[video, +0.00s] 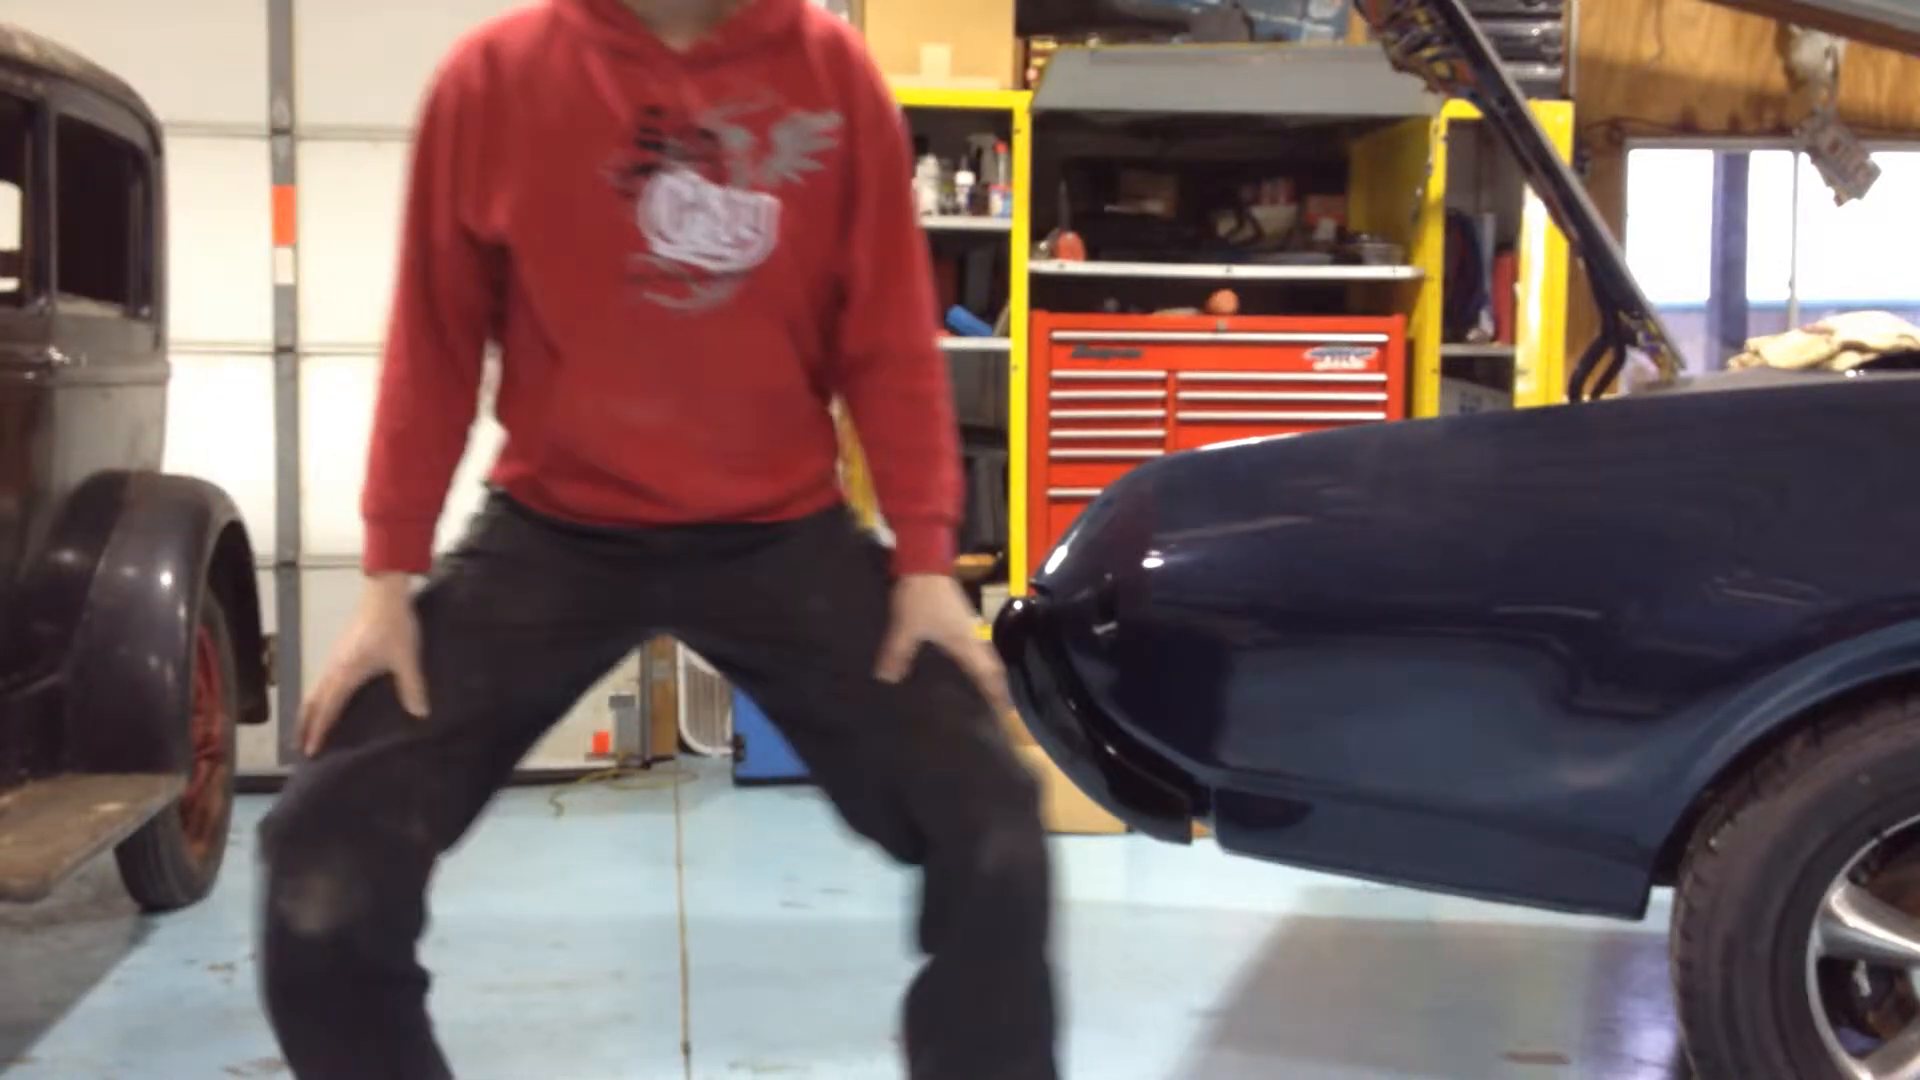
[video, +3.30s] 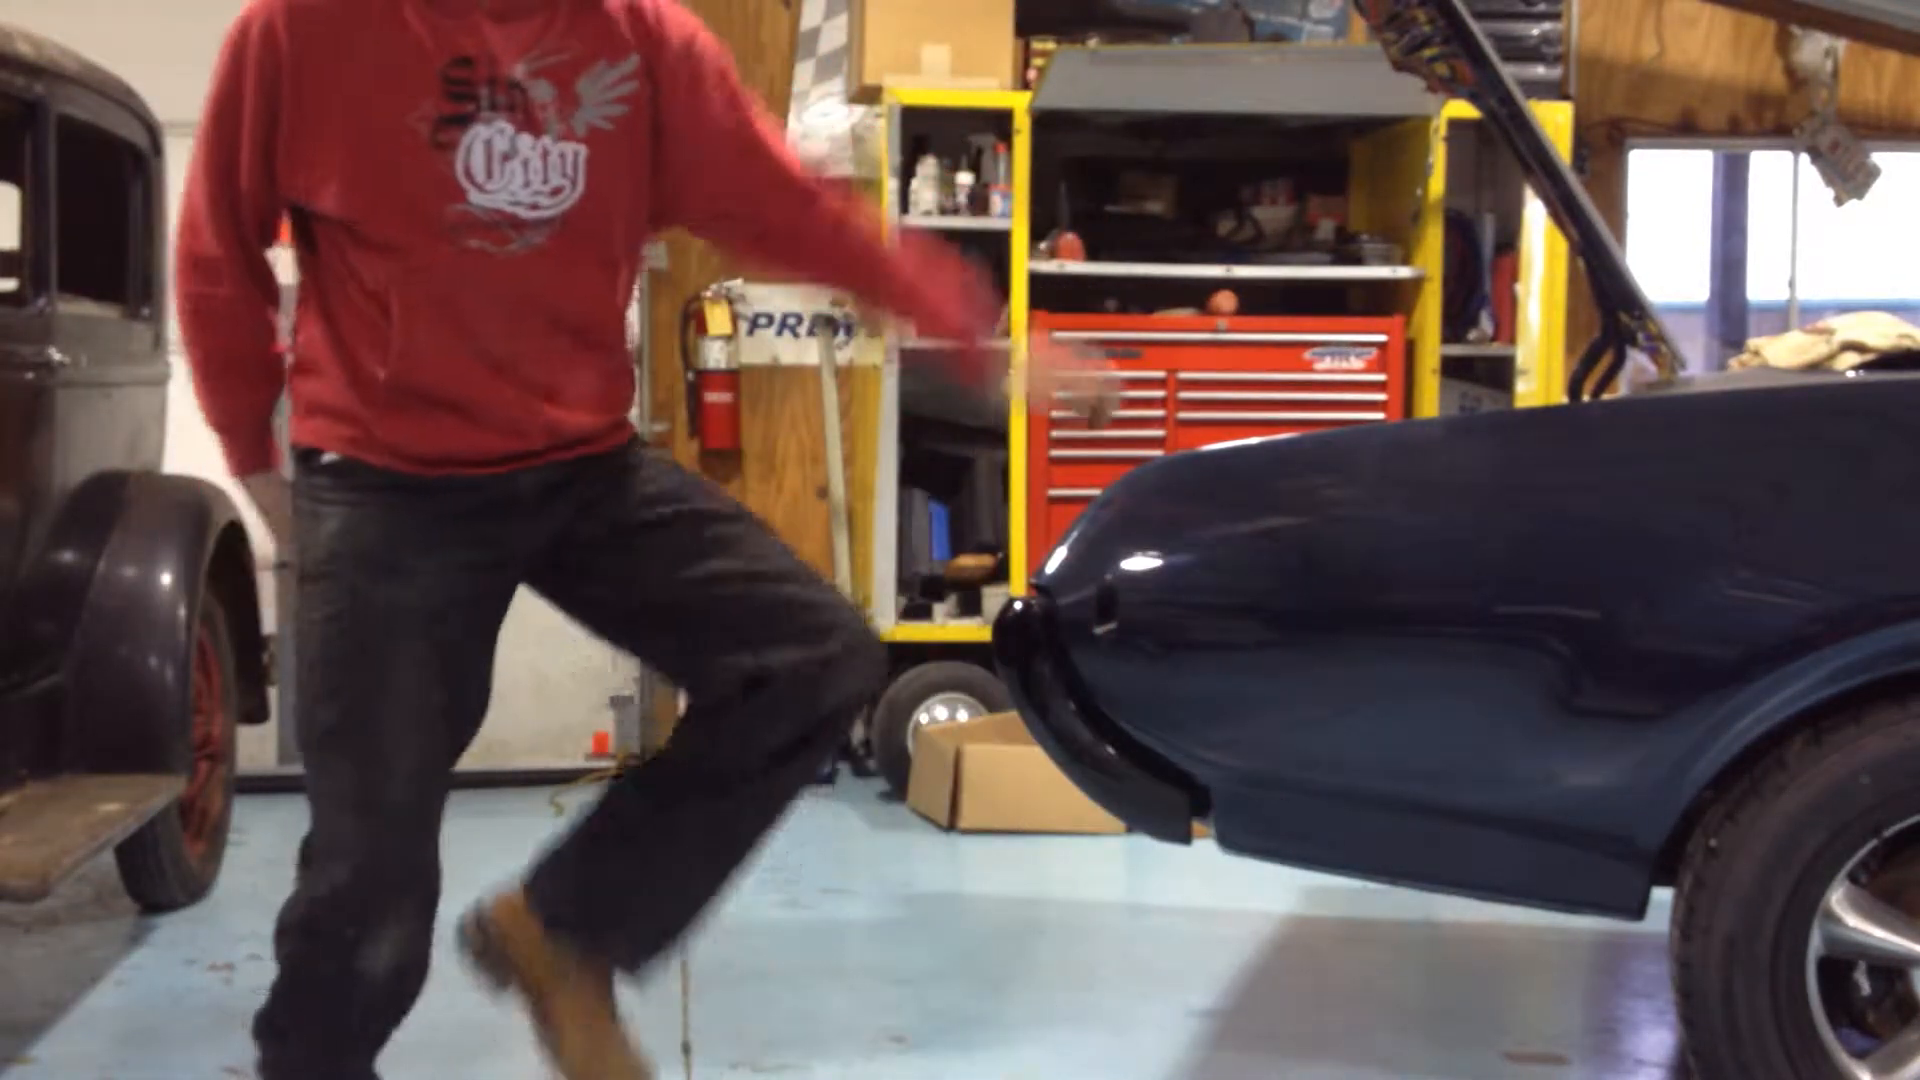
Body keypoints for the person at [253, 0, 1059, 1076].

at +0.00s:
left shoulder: (830, 71)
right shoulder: (496, 79)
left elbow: (891, 329)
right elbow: (432, 337)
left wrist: (927, 559)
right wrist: (389, 573)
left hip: (783, 537)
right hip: (553, 536)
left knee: (988, 816)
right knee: (331, 844)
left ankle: (983, 1068)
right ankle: (385, 1072)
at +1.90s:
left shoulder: (969, 135)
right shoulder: (637, 123)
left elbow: (1026, 384)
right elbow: (566, 365)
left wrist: (1039, 601)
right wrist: (509, 561)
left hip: (892, 581)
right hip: (668, 564)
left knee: (1083, 857)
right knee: (401, 812)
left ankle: (985, 1073)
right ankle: (390, 1071)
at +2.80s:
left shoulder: (827, 110)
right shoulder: (499, 100)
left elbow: (908, 352)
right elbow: (429, 342)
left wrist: (932, 560)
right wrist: (396, 556)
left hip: (758, 551)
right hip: (536, 556)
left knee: (995, 810)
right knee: (351, 883)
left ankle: (990, 1065)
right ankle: (419, 1070)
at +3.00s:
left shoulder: (713, 55)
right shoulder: (375, 41)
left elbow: (845, 254)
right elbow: (265, 272)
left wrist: (924, 465)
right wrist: (260, 497)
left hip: (651, 500)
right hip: (433, 513)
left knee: (876, 780)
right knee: (351, 896)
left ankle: (893, 1067)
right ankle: (413, 1073)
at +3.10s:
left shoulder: (687, 36)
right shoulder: (342, 25)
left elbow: (837, 193)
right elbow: (258, 259)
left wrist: (1008, 354)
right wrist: (215, 489)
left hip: (607, 484)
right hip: (404, 487)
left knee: (789, 762)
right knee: (380, 905)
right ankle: (351, 1029)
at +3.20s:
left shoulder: (663, 32)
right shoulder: (316, 28)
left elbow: (825, 149)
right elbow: (240, 254)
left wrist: (1026, 267)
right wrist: (235, 485)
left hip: (586, 473)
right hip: (383, 479)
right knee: (375, 880)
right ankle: (295, 1059)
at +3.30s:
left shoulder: (649, 39)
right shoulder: (300, 28)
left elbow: (778, 202)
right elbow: (215, 246)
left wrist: (961, 310)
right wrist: (261, 452)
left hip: (584, 463)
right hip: (383, 480)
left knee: (815, 658)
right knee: (374, 861)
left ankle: (564, 925)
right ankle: (309, 1064)